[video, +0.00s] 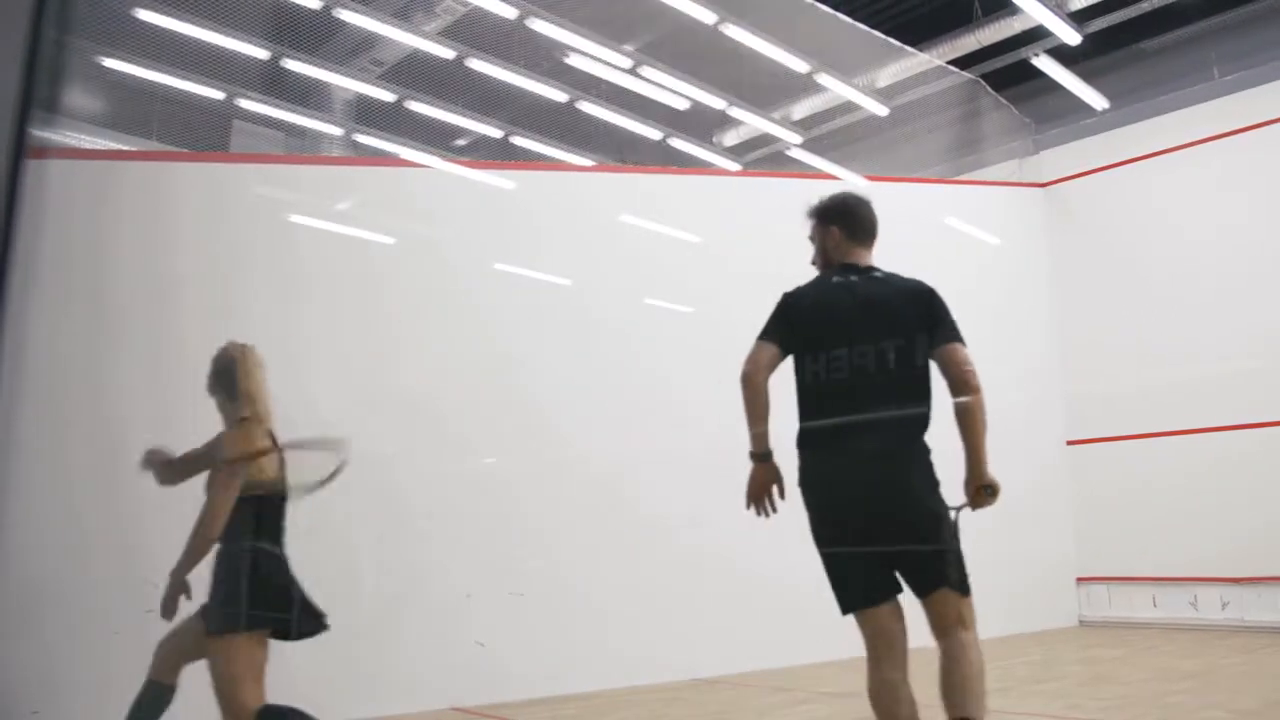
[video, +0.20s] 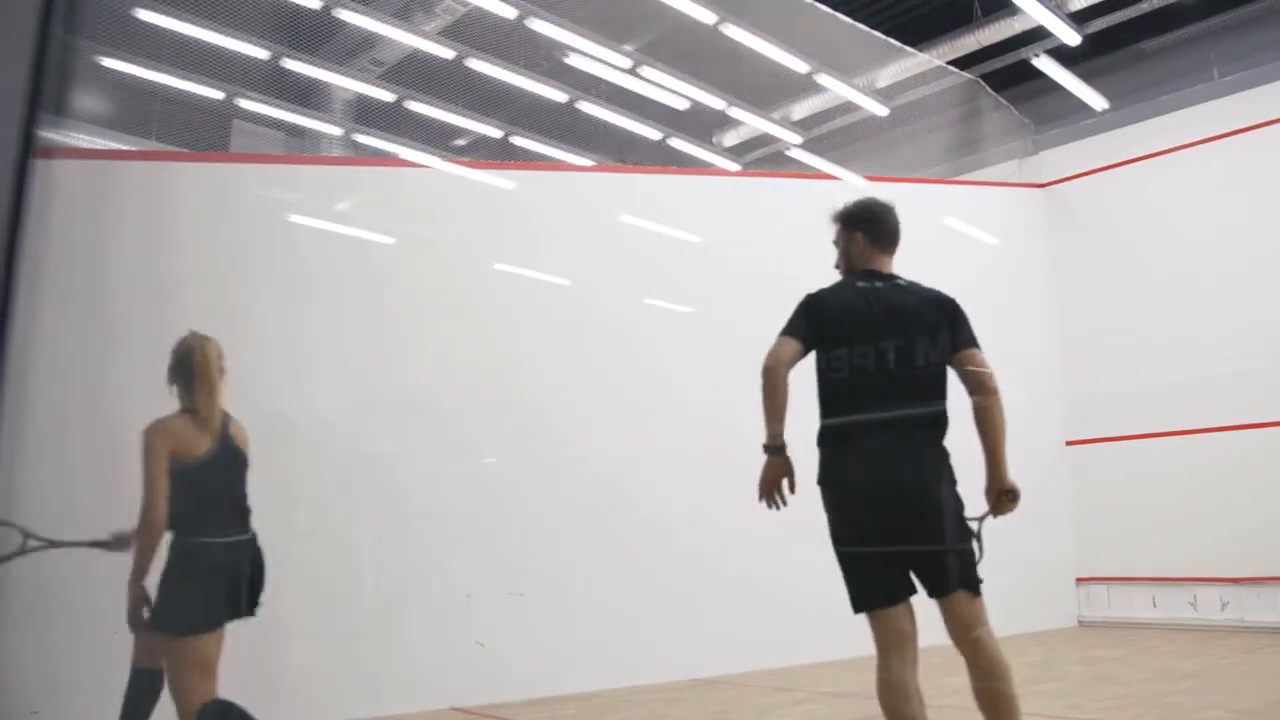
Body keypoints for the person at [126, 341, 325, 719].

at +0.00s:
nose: (208, 392)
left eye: (210, 384)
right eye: (211, 384)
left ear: (215, 388)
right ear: (254, 385)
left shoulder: (236, 441)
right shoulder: (259, 436)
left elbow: (211, 527)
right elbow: (173, 475)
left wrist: (178, 575)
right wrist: (159, 461)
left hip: (243, 591)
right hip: (258, 590)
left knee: (243, 708)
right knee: (170, 652)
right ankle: (140, 713)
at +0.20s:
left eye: (173, 369)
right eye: (217, 370)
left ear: (174, 376)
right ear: (218, 374)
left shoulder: (163, 432)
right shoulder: (236, 432)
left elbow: (156, 518)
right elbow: (206, 504)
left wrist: (137, 582)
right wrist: (140, 534)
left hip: (196, 568)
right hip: (239, 564)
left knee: (196, 700)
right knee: (149, 641)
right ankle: (132, 716)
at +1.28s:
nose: (183, 341)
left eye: (182, 331)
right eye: (180, 330)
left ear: (130, 333)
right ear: (162, 331)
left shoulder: (90, 384)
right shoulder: (168, 387)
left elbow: (60, 462)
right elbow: (207, 461)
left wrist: (89, 508)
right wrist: (260, 524)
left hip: (68, 536)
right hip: (133, 539)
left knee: (56, 671)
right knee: (124, 650)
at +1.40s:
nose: (188, 339)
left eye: (188, 329)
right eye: (185, 328)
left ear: (134, 331)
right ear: (166, 330)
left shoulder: (93, 384)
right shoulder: (168, 386)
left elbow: (74, 467)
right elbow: (203, 459)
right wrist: (256, 523)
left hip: (67, 536)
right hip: (129, 541)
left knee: (55, 668)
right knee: (132, 657)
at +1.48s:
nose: (194, 336)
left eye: (193, 326)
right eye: (190, 325)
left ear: (138, 329)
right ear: (170, 328)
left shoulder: (97, 381)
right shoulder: (168, 382)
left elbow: (86, 466)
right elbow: (202, 458)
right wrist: (256, 522)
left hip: (67, 535)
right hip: (129, 540)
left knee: (57, 667)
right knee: (142, 665)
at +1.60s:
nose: (203, 330)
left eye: (202, 319)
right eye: (199, 318)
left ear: (143, 323)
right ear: (179, 321)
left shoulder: (106, 376)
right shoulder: (173, 375)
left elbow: (98, 467)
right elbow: (202, 452)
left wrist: (157, 499)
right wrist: (254, 516)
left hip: (72, 532)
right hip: (131, 537)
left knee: (58, 672)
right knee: (159, 677)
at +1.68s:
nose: (211, 323)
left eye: (209, 313)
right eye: (206, 313)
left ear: (151, 318)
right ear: (187, 315)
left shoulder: (113, 371)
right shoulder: (179, 369)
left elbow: (103, 463)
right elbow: (201, 446)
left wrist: (169, 494)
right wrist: (251, 511)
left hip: (80, 529)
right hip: (140, 534)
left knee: (64, 669)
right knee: (173, 679)